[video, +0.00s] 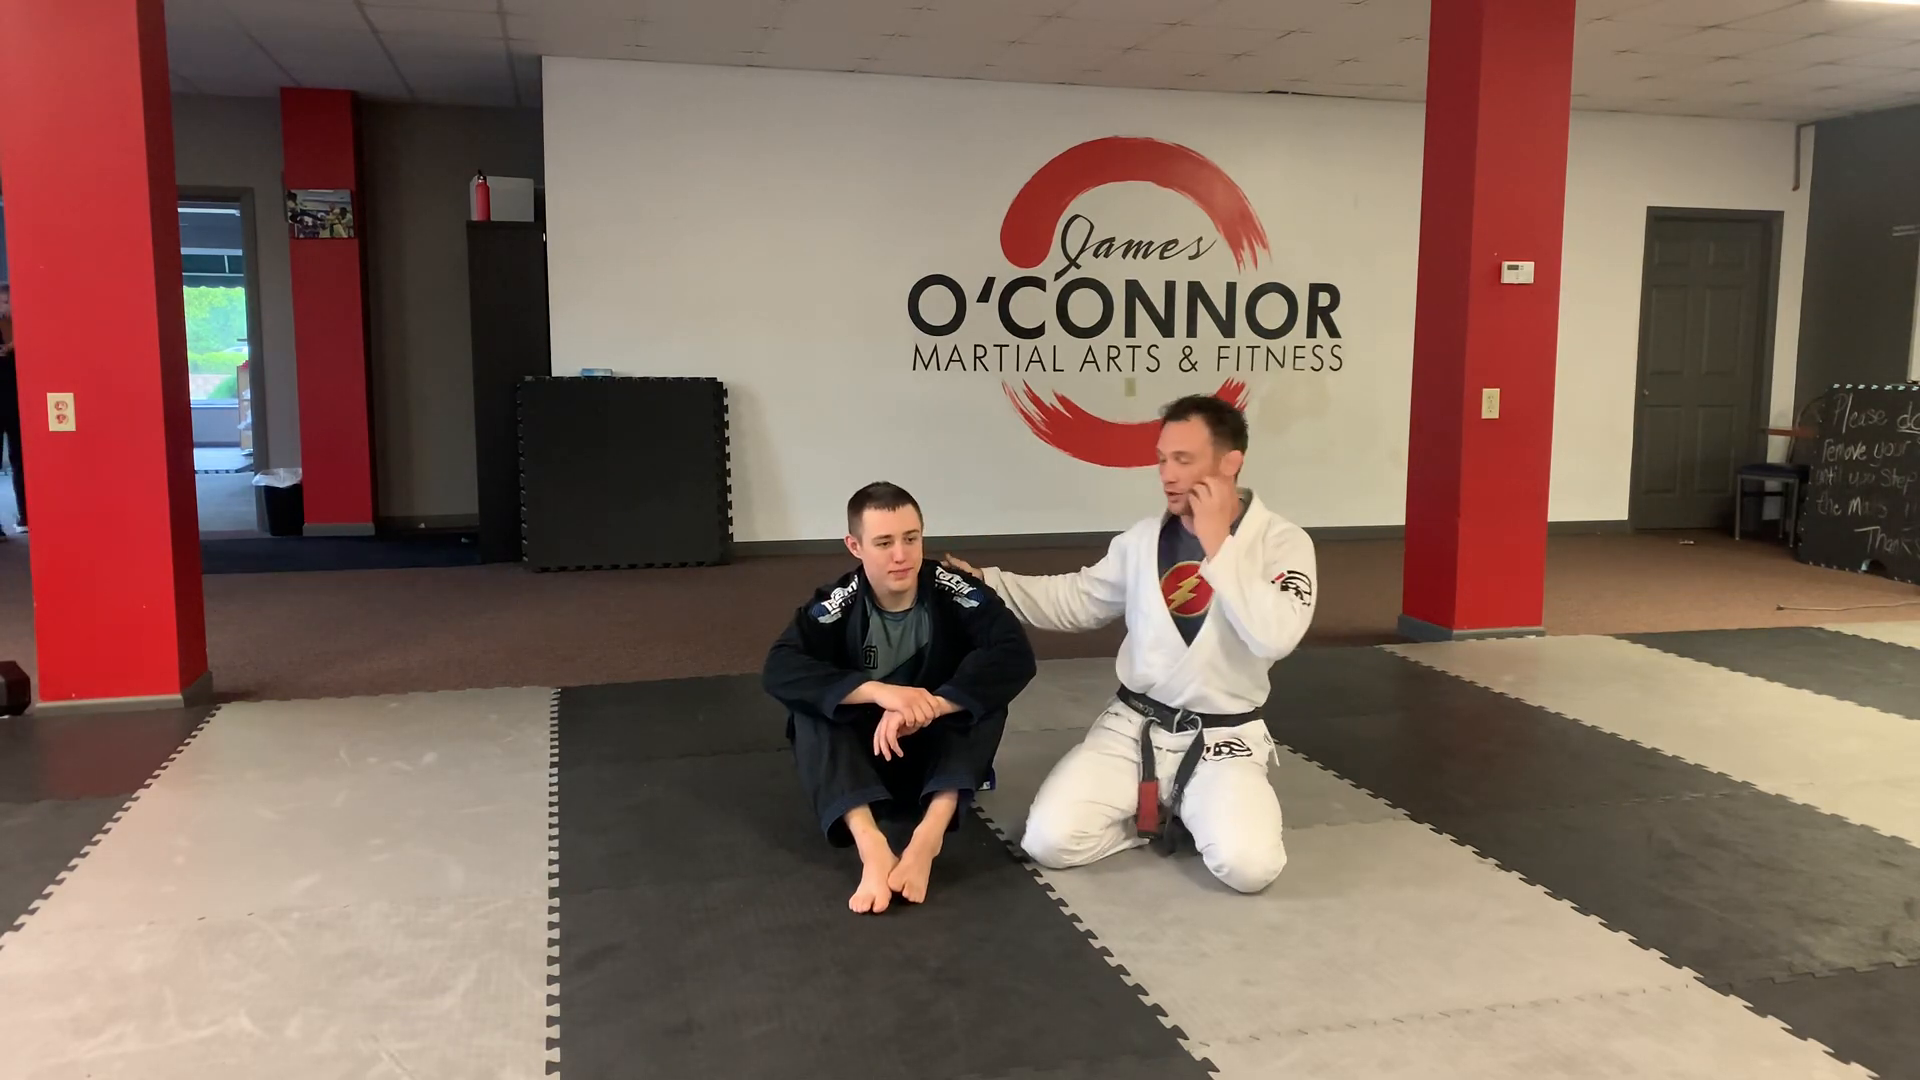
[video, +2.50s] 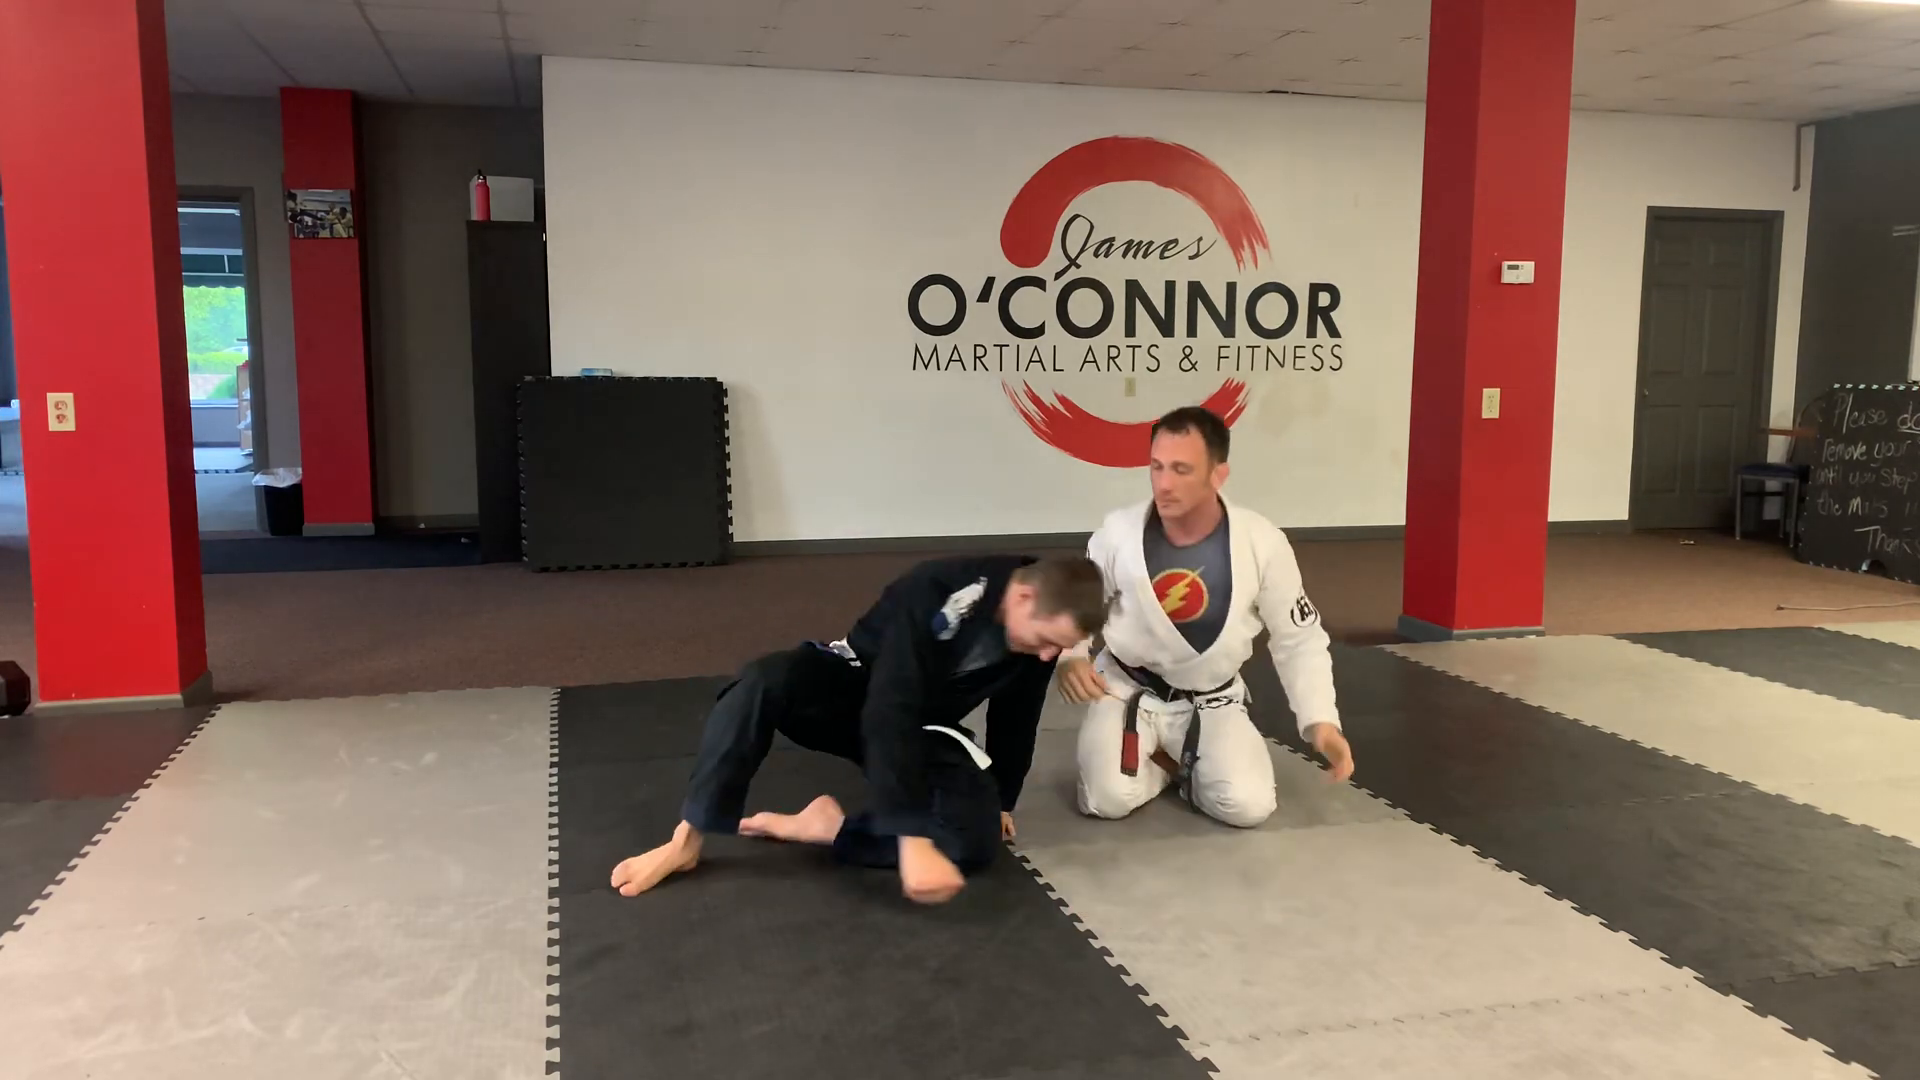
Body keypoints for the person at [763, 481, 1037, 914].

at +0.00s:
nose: (901, 555)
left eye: (910, 539)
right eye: (884, 543)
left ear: (922, 535)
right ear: (855, 547)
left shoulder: (956, 589)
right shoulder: (835, 604)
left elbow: (1014, 656)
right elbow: (781, 670)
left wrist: (926, 706)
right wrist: (878, 691)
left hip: (938, 752)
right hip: (860, 755)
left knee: (985, 698)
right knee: (810, 707)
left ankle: (929, 836)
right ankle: (871, 845)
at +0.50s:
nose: (904, 557)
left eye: (913, 541)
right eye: (887, 545)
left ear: (925, 536)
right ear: (858, 545)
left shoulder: (962, 593)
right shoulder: (837, 604)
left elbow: (1012, 657)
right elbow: (783, 669)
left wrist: (927, 707)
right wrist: (879, 692)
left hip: (938, 753)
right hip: (861, 756)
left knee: (983, 693)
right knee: (813, 706)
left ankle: (930, 835)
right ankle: (871, 846)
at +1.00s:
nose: (927, 549)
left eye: (939, 535)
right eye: (913, 534)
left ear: (951, 533)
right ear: (885, 531)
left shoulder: (983, 604)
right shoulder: (853, 591)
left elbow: (1023, 699)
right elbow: (764, 637)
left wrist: (1015, 766)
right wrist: (755, 670)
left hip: (944, 767)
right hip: (861, 764)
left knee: (958, 659)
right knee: (777, 671)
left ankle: (924, 831)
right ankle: (775, 840)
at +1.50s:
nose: (934, 574)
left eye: (948, 561)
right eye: (922, 559)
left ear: (967, 549)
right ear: (900, 543)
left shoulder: (996, 598)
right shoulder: (873, 584)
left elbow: (1023, 705)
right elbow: (797, 635)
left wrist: (1005, 799)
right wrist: (739, 686)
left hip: (942, 759)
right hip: (862, 744)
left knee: (963, 701)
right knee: (738, 678)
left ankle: (825, 811)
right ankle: (672, 823)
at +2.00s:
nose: (909, 640)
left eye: (920, 628)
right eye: (893, 630)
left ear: (936, 597)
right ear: (867, 605)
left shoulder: (978, 617)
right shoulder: (839, 625)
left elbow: (1012, 712)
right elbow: (769, 713)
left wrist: (1002, 798)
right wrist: (755, 814)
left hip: (920, 755)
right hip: (846, 741)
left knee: (958, 767)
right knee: (757, 665)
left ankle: (835, 816)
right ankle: (680, 828)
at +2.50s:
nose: (1050, 656)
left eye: (1062, 648)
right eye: (1048, 640)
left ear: (1064, 629)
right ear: (1021, 597)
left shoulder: (1041, 640)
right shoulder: (933, 595)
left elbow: (1017, 725)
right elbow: (886, 714)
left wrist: (1001, 806)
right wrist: (913, 837)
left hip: (929, 728)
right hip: (854, 691)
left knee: (973, 839)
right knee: (763, 681)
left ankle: (832, 828)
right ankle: (688, 838)